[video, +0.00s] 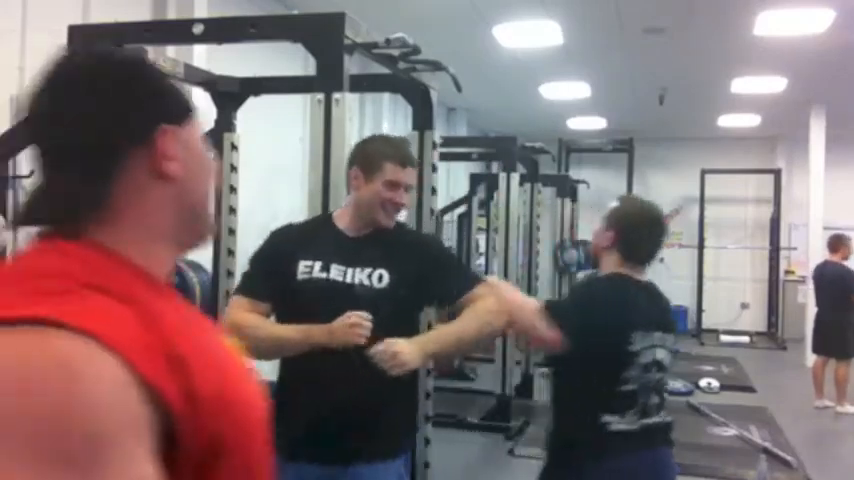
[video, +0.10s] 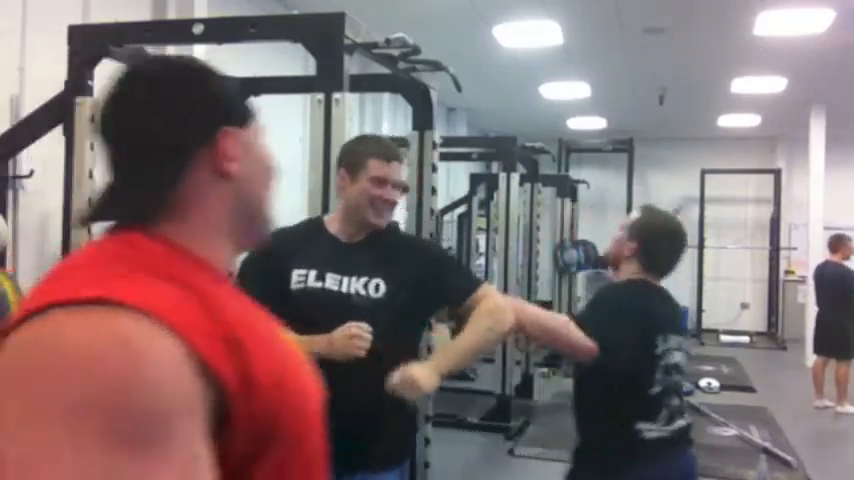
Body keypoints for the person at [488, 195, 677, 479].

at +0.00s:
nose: (594, 233)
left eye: (601, 227)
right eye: (600, 226)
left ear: (610, 238)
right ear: (649, 248)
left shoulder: (593, 295)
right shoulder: (659, 303)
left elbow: (549, 333)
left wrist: (504, 295)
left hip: (590, 455)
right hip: (654, 451)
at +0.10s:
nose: (615, 235)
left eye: (622, 231)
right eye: (621, 229)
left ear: (632, 248)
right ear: (667, 258)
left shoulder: (609, 300)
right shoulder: (669, 305)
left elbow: (574, 348)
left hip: (614, 455)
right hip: (673, 449)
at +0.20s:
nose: (619, 229)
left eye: (627, 226)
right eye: (626, 223)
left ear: (636, 244)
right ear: (666, 255)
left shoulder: (626, 294)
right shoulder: (670, 299)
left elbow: (603, 346)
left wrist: (527, 316)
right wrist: (553, 334)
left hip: (628, 452)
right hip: (680, 447)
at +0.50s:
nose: (588, 229)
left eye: (595, 224)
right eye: (594, 222)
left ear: (605, 241)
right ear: (632, 248)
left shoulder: (596, 293)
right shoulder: (637, 289)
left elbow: (564, 349)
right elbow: (615, 352)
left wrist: (516, 326)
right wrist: (560, 375)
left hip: (618, 439)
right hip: (667, 424)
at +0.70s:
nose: (559, 240)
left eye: (563, 233)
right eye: (562, 232)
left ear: (576, 240)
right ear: (605, 242)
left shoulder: (559, 298)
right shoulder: (618, 288)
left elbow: (543, 359)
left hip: (591, 416)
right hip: (634, 406)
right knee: (626, 472)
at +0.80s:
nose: (544, 235)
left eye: (548, 229)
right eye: (548, 228)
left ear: (560, 235)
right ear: (589, 240)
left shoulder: (544, 288)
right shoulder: (605, 284)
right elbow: (626, 330)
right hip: (609, 393)